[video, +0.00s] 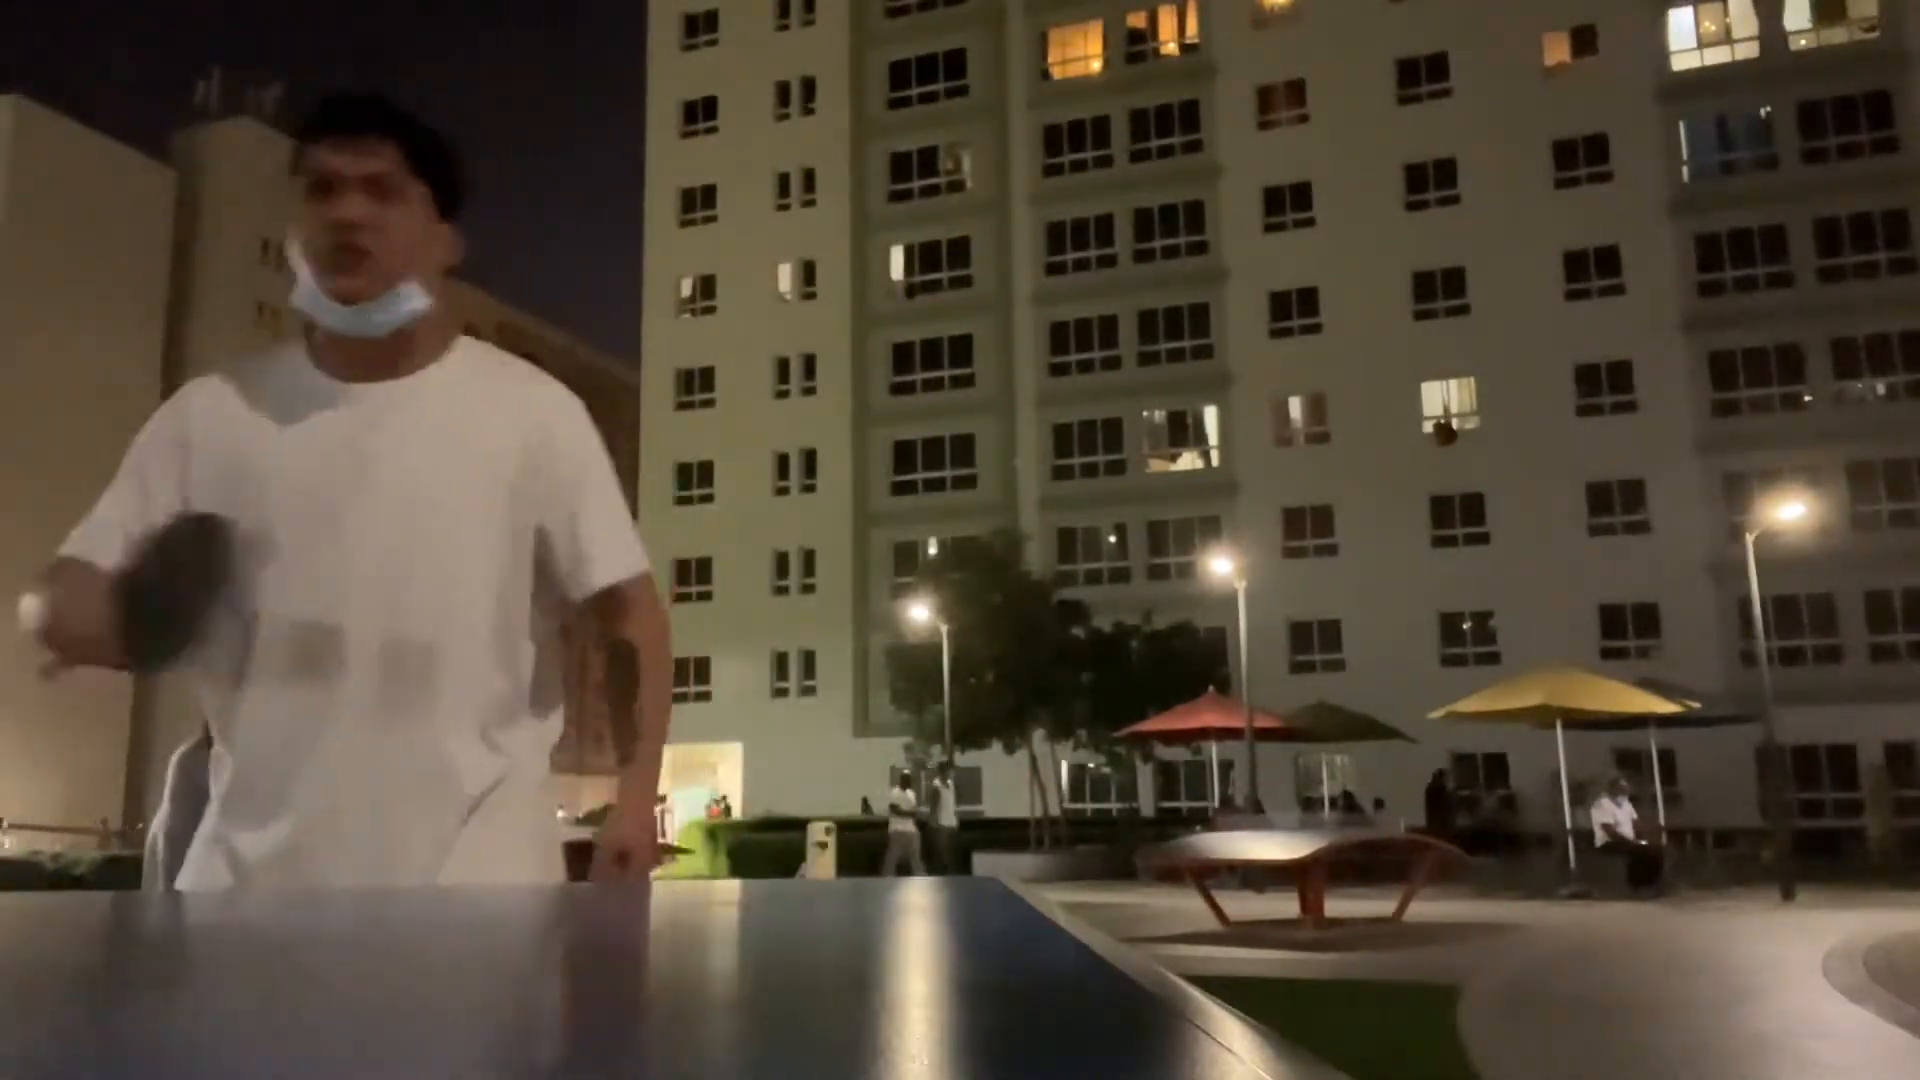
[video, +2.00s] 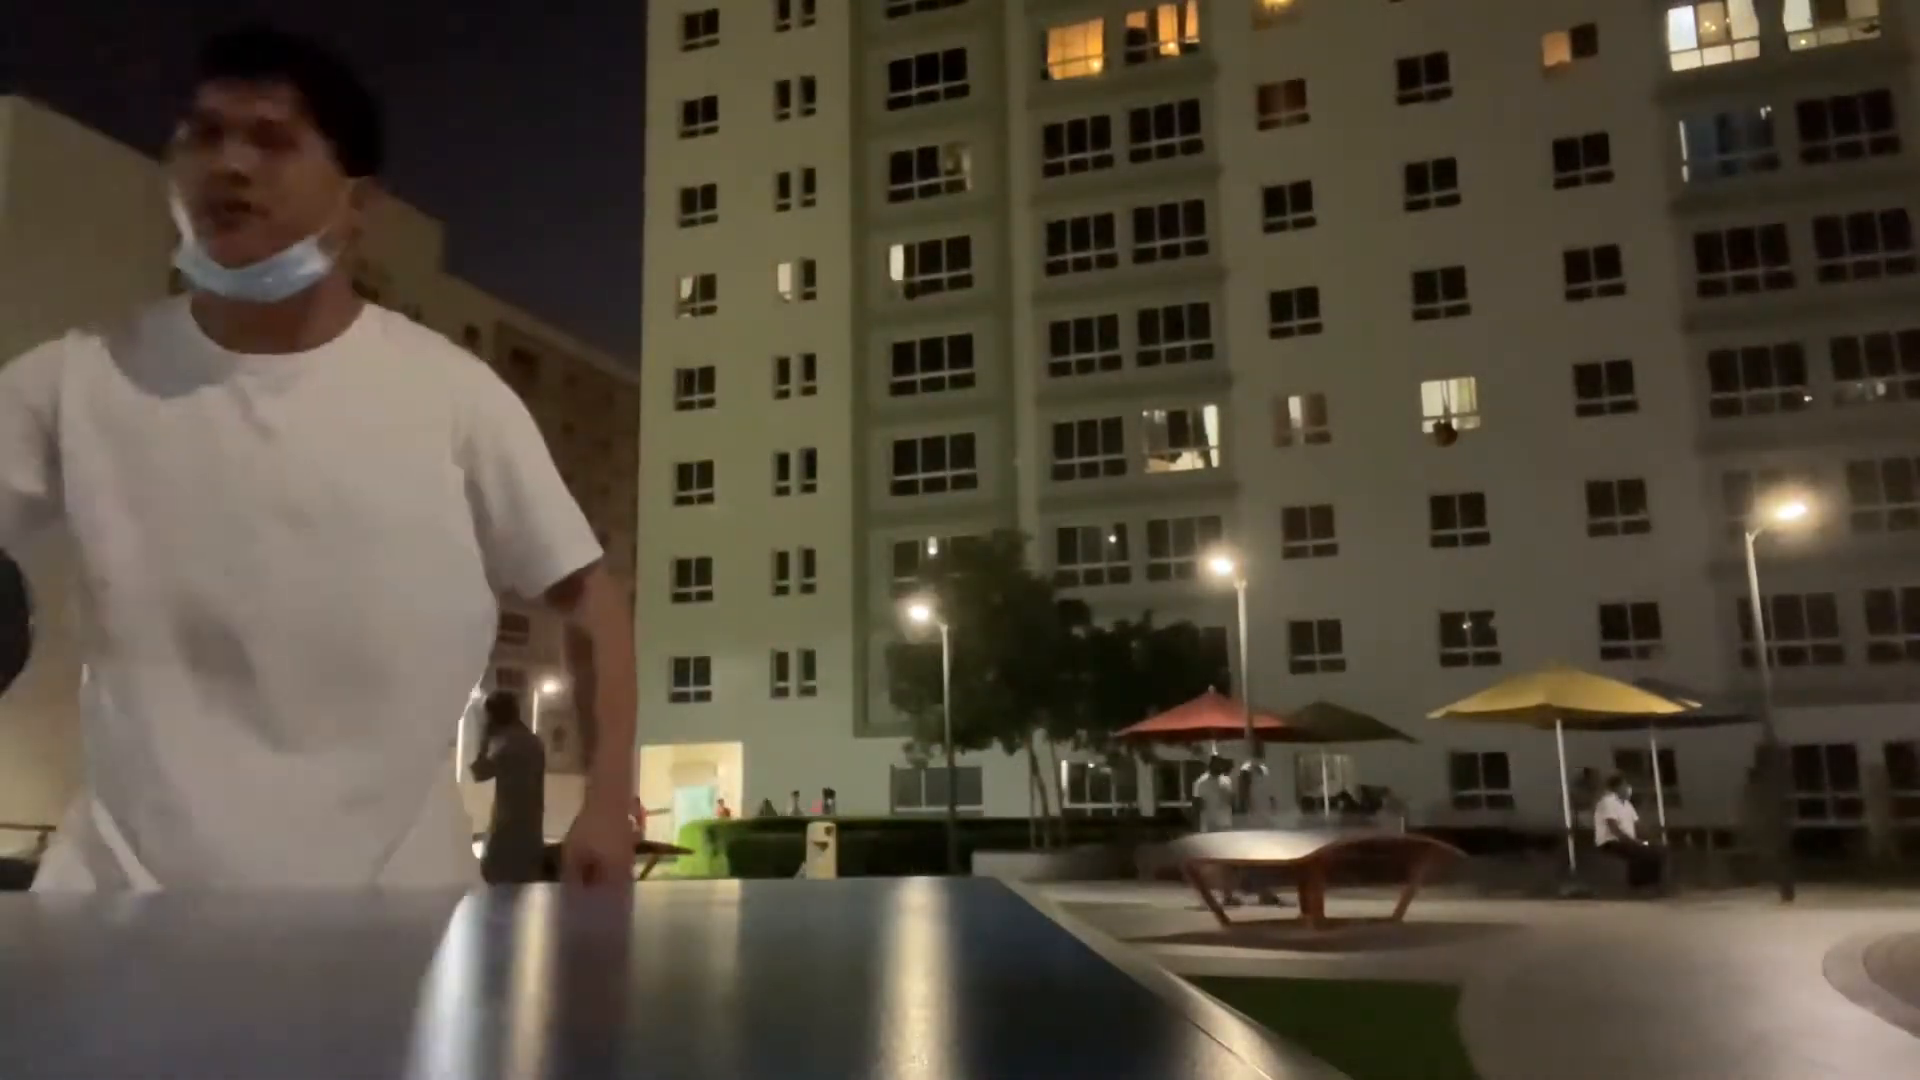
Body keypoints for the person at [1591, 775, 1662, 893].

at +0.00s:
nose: (1625, 790)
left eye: (1626, 787)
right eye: (1622, 787)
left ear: (1628, 788)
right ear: (1613, 788)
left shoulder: (1625, 802)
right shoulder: (1603, 804)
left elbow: (1635, 821)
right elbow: (1609, 829)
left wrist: (1646, 834)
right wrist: (1632, 842)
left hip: (1629, 839)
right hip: (1609, 842)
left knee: (1653, 850)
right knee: (1639, 852)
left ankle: (1650, 885)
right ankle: (1637, 887)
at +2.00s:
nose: (1629, 790)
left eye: (1629, 787)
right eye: (1626, 786)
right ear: (1617, 788)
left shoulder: (1626, 803)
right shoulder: (1608, 801)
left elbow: (1636, 823)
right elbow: (1612, 826)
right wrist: (1634, 841)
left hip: (1627, 839)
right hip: (1609, 841)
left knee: (1652, 852)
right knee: (1637, 854)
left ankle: (1651, 886)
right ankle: (1636, 888)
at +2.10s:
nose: (1629, 790)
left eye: (1629, 786)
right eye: (1626, 786)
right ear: (1618, 787)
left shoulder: (1626, 803)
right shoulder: (1609, 801)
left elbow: (1636, 823)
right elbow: (1613, 824)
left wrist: (1644, 838)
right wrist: (1633, 841)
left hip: (1627, 840)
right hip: (1610, 841)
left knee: (1654, 851)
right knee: (1640, 853)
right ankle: (1637, 887)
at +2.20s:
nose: (1631, 790)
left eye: (1631, 787)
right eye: (1627, 786)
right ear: (1619, 786)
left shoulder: (1626, 803)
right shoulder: (1610, 799)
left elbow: (1636, 822)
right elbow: (1613, 822)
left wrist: (1647, 835)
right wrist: (1633, 841)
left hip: (1627, 841)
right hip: (1611, 843)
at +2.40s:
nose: (1630, 790)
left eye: (1630, 786)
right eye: (1626, 786)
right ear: (1618, 787)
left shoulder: (1626, 804)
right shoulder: (1608, 800)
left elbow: (1636, 822)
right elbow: (1612, 822)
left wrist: (1645, 836)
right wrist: (1632, 841)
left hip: (1627, 841)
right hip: (1610, 842)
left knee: (1652, 852)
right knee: (1641, 855)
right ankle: (1638, 888)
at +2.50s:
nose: (1629, 789)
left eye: (1629, 785)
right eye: (1626, 785)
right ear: (1617, 787)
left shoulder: (1625, 802)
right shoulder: (1608, 800)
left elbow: (1636, 821)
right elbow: (1610, 822)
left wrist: (1651, 834)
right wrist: (1630, 841)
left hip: (1627, 840)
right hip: (1609, 843)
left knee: (1653, 851)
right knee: (1641, 855)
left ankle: (1651, 886)